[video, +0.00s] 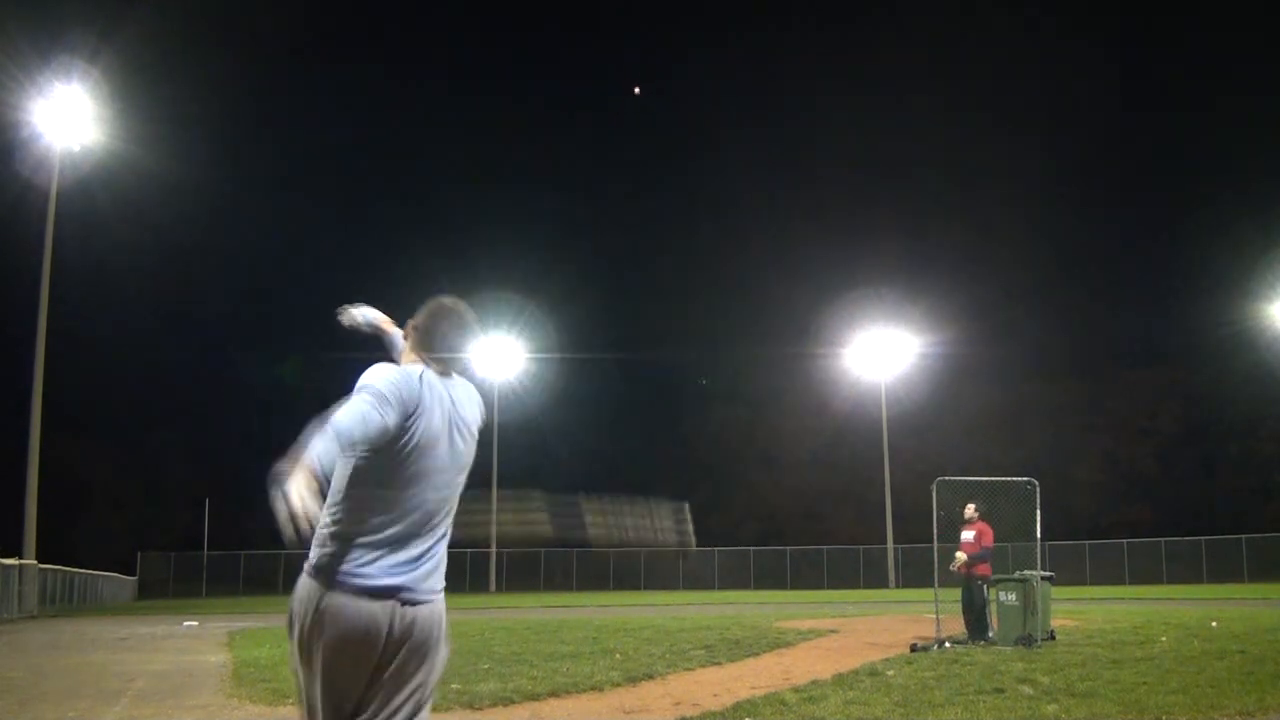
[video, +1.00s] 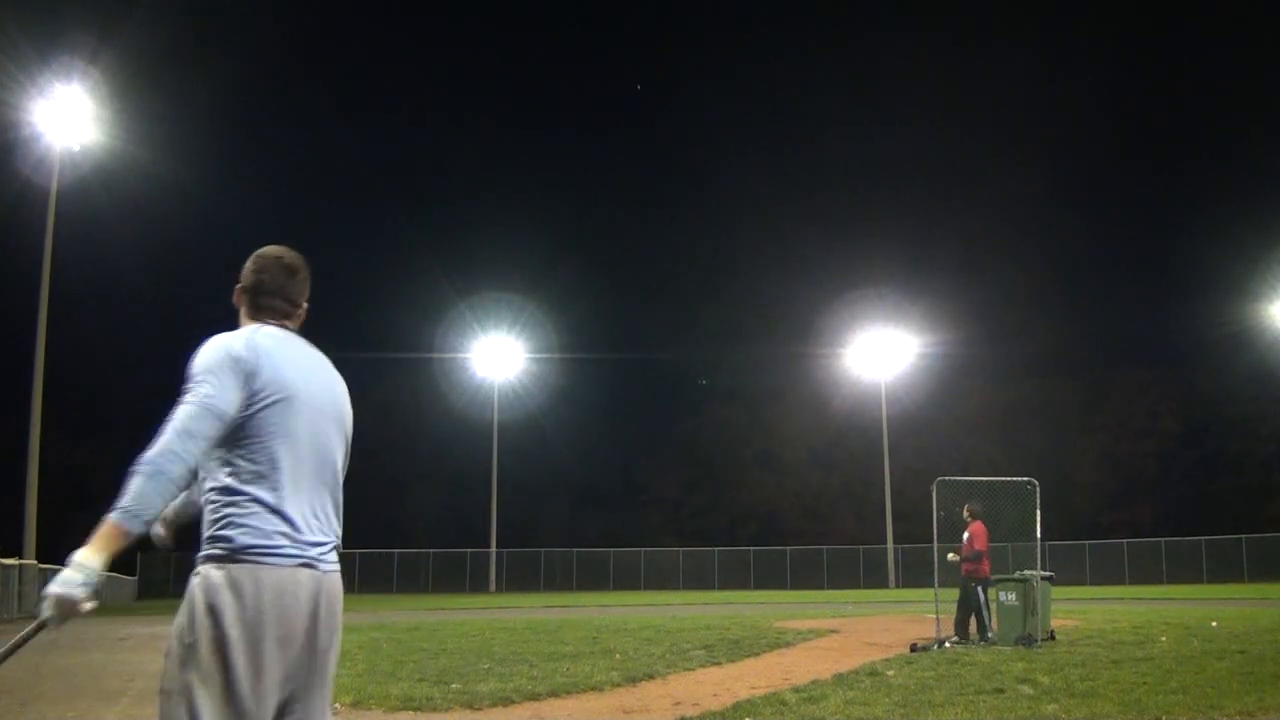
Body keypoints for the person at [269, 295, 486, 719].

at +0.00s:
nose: (406, 337)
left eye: (409, 333)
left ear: (412, 339)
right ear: (462, 353)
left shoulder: (390, 383)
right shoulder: (470, 402)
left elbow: (349, 425)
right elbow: (422, 364)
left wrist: (305, 469)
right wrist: (386, 328)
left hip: (338, 607)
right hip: (422, 616)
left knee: (324, 713)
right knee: (398, 713)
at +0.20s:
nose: (377, 309)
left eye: (381, 303)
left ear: (384, 308)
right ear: (437, 329)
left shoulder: (391, 369)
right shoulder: (444, 373)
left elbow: (373, 479)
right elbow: (373, 331)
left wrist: (361, 588)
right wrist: (320, 282)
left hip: (337, 578)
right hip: (417, 587)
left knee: (247, 710)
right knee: (377, 714)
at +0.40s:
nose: (347, 311)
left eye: (351, 303)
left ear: (357, 306)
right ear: (411, 320)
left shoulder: (383, 365)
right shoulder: (409, 367)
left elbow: (378, 477)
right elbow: (321, 322)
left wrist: (350, 579)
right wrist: (256, 261)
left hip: (339, 566)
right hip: (399, 577)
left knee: (230, 707)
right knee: (370, 712)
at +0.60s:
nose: (317, 308)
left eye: (319, 302)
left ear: (325, 304)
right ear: (380, 318)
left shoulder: (348, 362)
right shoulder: (372, 362)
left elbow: (342, 471)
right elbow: (289, 341)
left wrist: (307, 576)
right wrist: (219, 294)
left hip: (313, 566)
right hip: (361, 572)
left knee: (271, 707)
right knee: (351, 711)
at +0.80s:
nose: (276, 300)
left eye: (277, 294)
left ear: (280, 298)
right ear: (341, 315)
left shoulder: (292, 351)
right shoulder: (345, 367)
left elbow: (263, 457)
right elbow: (272, 391)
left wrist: (211, 555)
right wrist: (214, 383)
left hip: (274, 576)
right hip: (333, 578)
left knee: (249, 708)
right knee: (322, 709)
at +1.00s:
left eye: (240, 292)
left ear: (239, 296)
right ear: (302, 312)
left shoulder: (234, 350)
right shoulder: (330, 376)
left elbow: (175, 452)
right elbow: (263, 467)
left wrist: (90, 559)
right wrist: (174, 514)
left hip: (242, 583)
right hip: (322, 590)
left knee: (201, 709)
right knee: (306, 713)